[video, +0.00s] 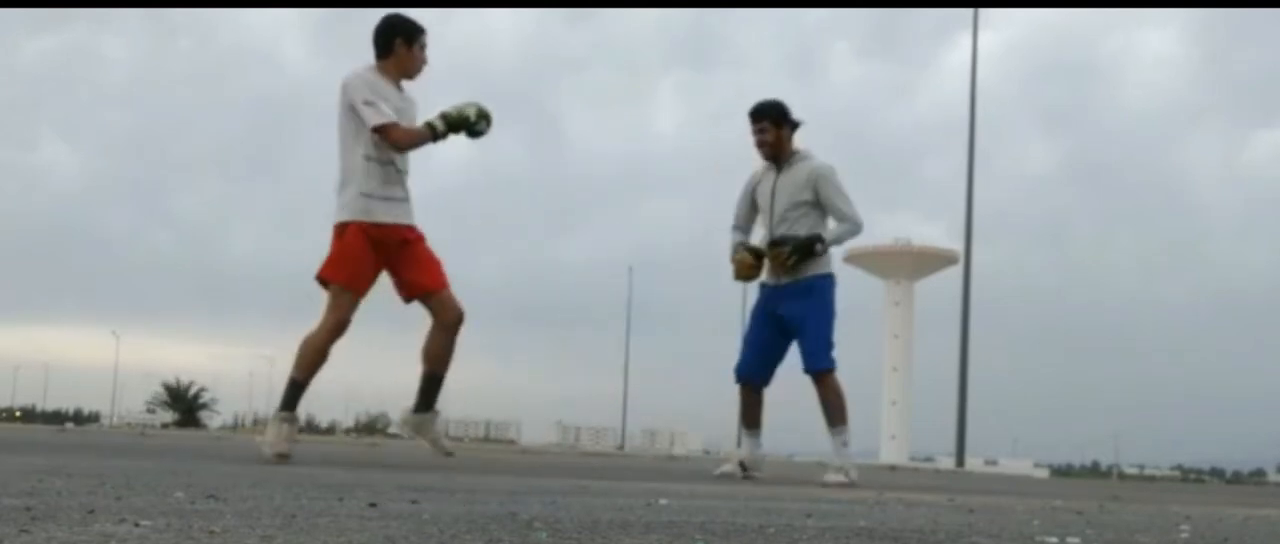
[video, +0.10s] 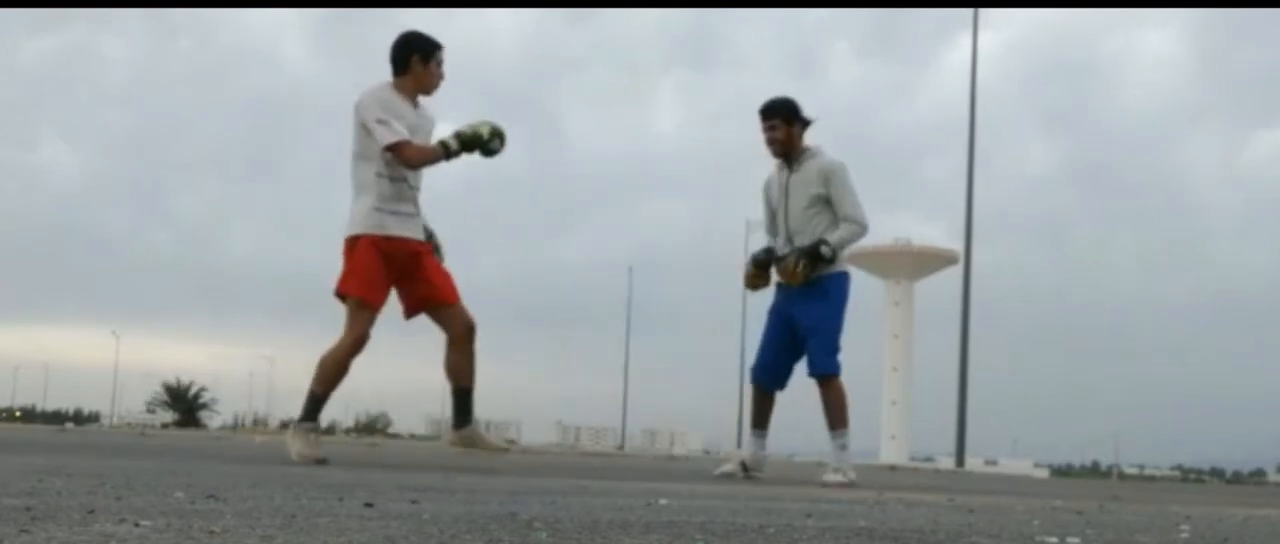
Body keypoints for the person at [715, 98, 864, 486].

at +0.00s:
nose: (758, 141)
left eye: (764, 133)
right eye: (755, 134)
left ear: (787, 131)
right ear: (755, 136)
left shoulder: (817, 173)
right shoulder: (759, 179)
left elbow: (852, 223)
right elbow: (740, 228)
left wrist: (816, 242)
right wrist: (741, 252)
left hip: (812, 288)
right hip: (773, 290)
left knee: (820, 369)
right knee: (749, 374)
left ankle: (843, 461)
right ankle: (748, 458)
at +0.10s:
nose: (770, 138)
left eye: (776, 129)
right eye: (766, 131)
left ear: (798, 128)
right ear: (764, 135)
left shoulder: (828, 170)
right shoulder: (773, 183)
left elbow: (856, 224)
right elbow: (776, 238)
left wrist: (818, 251)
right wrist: (764, 258)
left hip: (826, 285)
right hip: (789, 288)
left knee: (824, 368)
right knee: (764, 374)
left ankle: (841, 462)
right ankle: (753, 456)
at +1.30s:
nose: (767, 180)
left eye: (774, 173)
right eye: (764, 173)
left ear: (791, 172)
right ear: (761, 175)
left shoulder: (806, 200)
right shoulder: (791, 205)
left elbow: (836, 250)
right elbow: (814, 252)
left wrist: (820, 288)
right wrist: (803, 280)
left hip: (842, 293)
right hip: (822, 295)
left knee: (826, 369)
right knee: (802, 379)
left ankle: (836, 460)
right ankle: (818, 456)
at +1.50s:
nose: (765, 174)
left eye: (771, 166)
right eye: (761, 168)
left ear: (788, 166)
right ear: (759, 171)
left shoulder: (810, 196)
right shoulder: (772, 211)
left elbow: (839, 240)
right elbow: (786, 260)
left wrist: (810, 271)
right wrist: (770, 283)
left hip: (830, 292)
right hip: (803, 298)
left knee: (808, 369)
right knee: (791, 376)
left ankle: (833, 457)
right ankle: (816, 456)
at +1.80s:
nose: (742, 182)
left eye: (748, 175)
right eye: (738, 175)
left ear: (764, 175)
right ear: (736, 178)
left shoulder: (788, 209)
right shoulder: (747, 216)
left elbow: (784, 266)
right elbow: (755, 261)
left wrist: (762, 301)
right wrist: (749, 280)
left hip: (804, 299)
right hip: (773, 301)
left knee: (800, 375)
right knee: (742, 371)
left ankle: (828, 459)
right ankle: (741, 449)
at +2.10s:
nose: (693, 188)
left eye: (700, 181)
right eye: (689, 181)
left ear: (713, 183)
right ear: (684, 184)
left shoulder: (735, 213)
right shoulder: (692, 222)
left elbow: (766, 255)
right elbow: (689, 273)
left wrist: (751, 295)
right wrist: (695, 275)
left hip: (753, 303)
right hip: (722, 307)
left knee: (768, 375)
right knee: (700, 381)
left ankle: (793, 453)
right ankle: (713, 451)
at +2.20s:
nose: (687, 180)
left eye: (694, 173)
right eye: (683, 173)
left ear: (707, 175)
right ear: (678, 176)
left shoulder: (732, 205)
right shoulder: (676, 217)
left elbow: (766, 242)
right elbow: (665, 255)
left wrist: (739, 268)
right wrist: (670, 283)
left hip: (739, 300)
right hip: (703, 303)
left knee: (745, 370)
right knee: (697, 378)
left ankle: (758, 451)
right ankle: (712, 449)